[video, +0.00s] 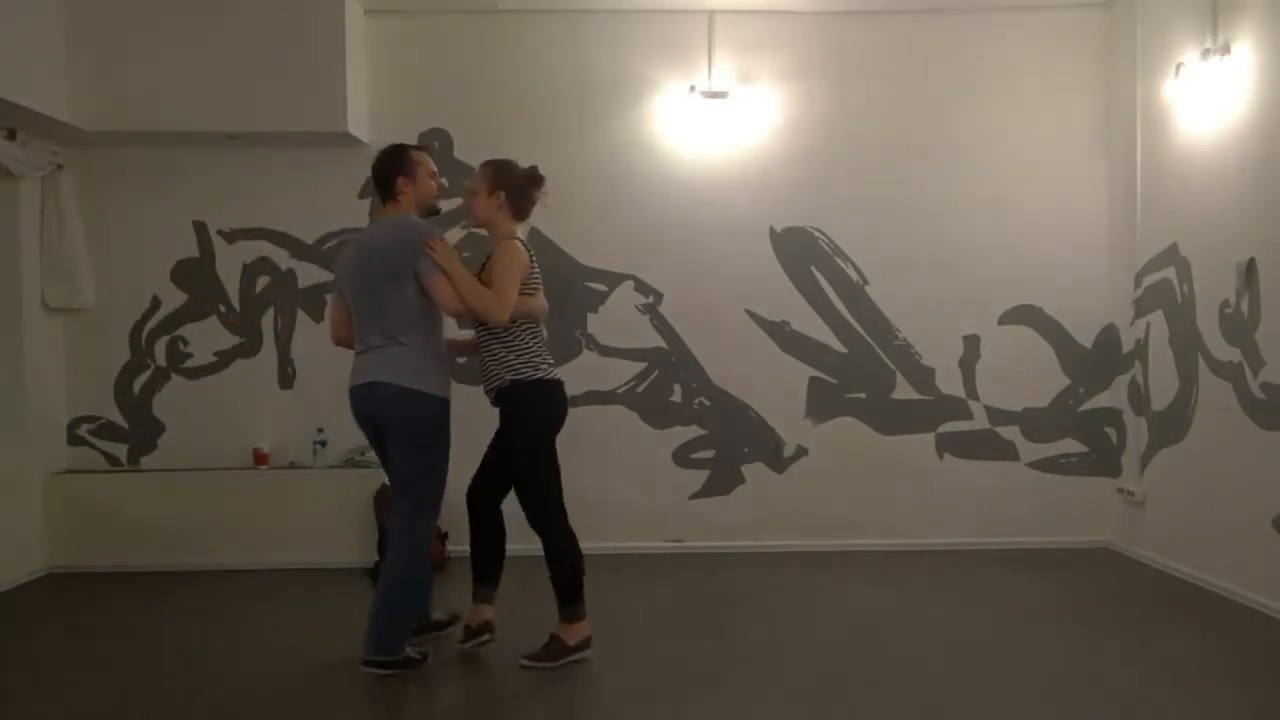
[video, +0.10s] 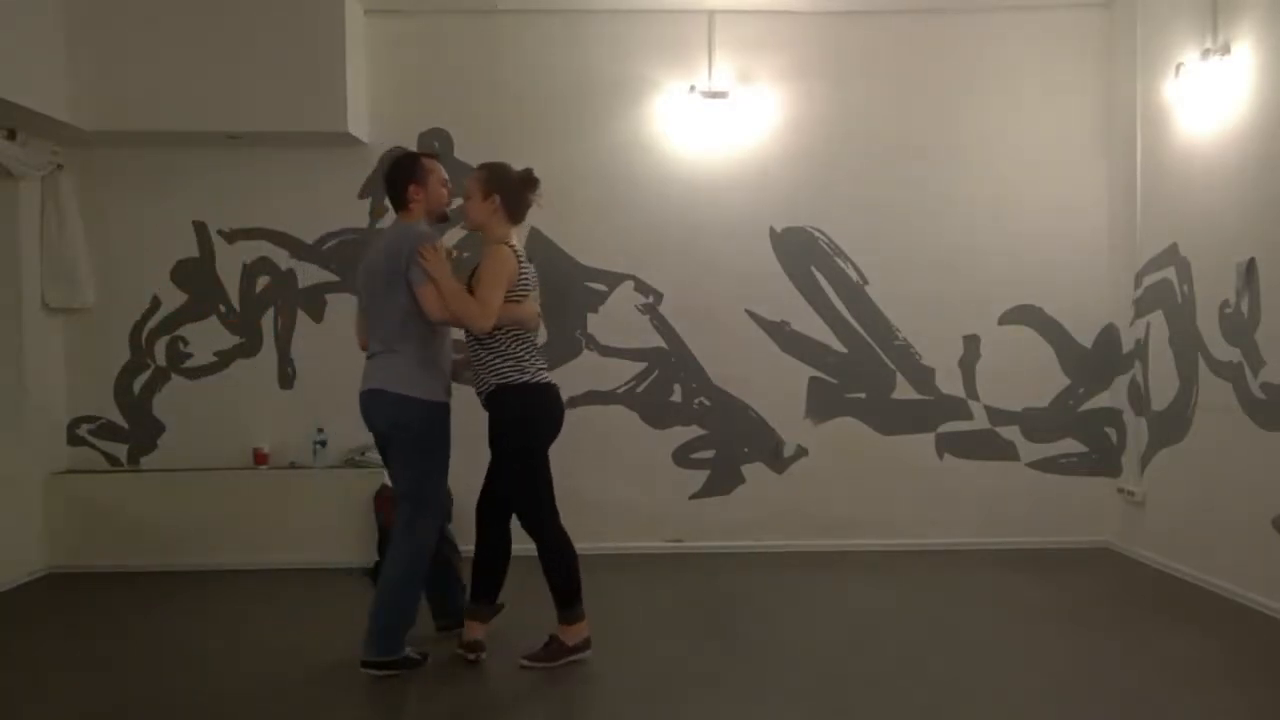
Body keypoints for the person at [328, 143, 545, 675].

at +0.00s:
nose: (440, 185)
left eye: (437, 175)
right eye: (431, 176)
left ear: (388, 188)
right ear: (403, 184)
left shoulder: (353, 246)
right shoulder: (418, 235)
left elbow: (340, 332)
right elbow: (454, 301)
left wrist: (407, 342)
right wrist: (530, 307)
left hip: (367, 390)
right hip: (416, 393)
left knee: (412, 502)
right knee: (418, 510)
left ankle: (412, 610)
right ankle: (385, 645)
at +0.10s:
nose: (450, 190)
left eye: (447, 181)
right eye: (442, 181)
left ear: (404, 195)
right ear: (415, 191)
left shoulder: (378, 246)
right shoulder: (422, 240)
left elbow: (367, 336)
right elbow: (439, 308)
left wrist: (447, 321)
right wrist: (520, 314)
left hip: (382, 395)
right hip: (418, 399)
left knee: (426, 509)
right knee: (423, 514)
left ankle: (453, 614)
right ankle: (383, 646)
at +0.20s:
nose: (459, 196)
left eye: (457, 187)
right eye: (452, 188)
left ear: (421, 197)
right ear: (426, 196)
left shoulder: (407, 243)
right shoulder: (417, 246)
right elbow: (425, 315)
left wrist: (499, 312)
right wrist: (499, 319)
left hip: (403, 397)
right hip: (413, 401)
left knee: (448, 501)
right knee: (428, 506)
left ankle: (458, 611)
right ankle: (382, 634)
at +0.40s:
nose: (461, 202)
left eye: (460, 191)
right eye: (454, 192)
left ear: (431, 195)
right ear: (435, 195)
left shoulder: (451, 248)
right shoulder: (421, 250)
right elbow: (412, 322)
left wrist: (505, 315)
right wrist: (467, 319)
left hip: (436, 393)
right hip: (415, 396)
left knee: (453, 499)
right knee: (439, 501)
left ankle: (457, 609)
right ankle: (388, 610)